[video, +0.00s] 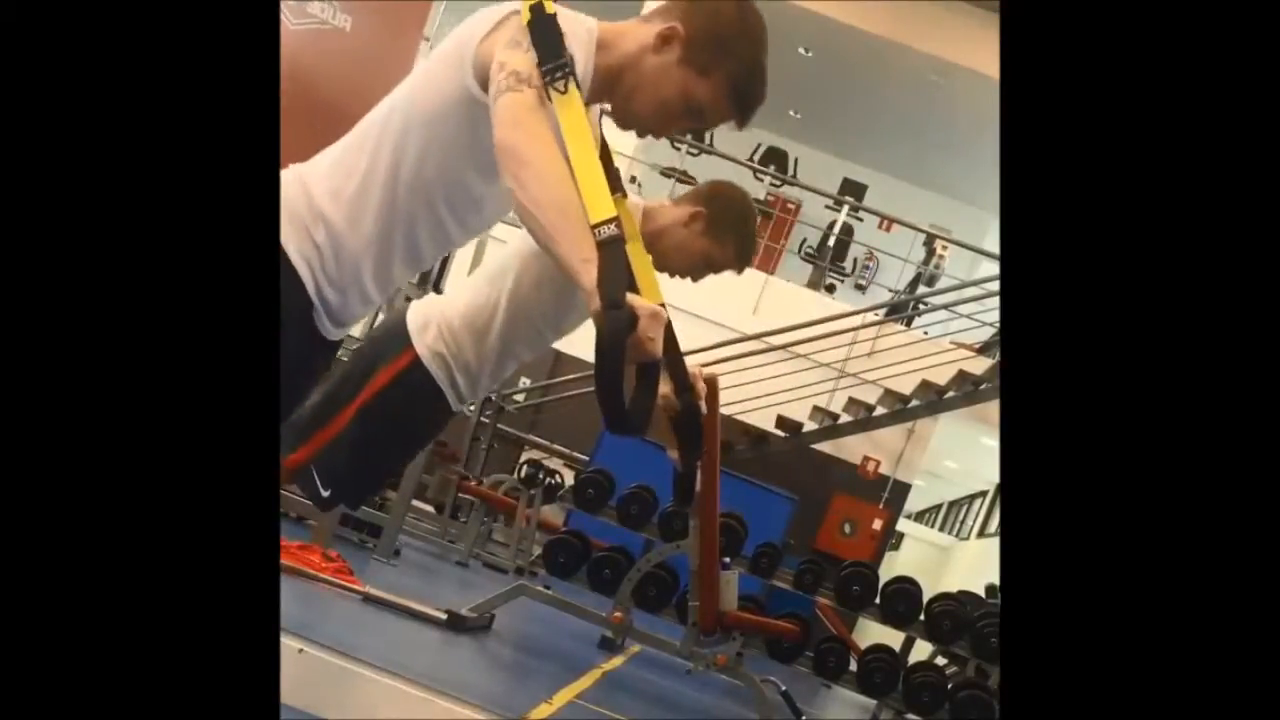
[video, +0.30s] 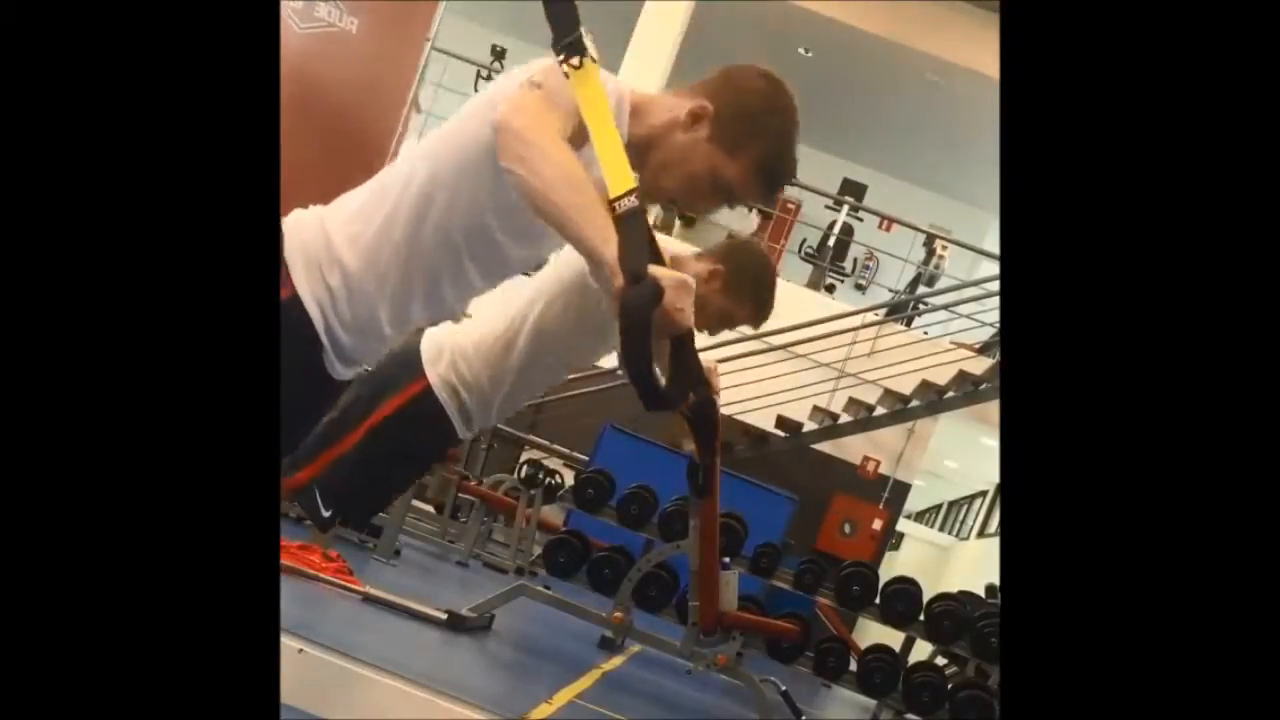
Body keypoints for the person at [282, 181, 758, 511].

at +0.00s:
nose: (696, 277)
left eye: (709, 272)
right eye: (708, 264)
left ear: (689, 219)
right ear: (692, 220)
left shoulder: (627, 257)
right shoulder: (609, 217)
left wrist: (676, 391)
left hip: (443, 382)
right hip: (419, 356)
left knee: (320, 502)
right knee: (295, 488)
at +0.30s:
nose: (699, 329)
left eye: (716, 328)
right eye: (711, 315)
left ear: (702, 274)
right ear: (704, 269)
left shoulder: (649, 302)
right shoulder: (633, 252)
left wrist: (696, 394)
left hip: (453, 403)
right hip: (433, 381)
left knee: (323, 518)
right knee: (301, 507)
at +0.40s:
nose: (708, 350)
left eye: (722, 348)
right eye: (719, 339)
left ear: (718, 295)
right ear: (715, 298)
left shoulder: (661, 320)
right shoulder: (645, 282)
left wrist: (697, 390)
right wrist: (692, 387)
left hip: (460, 416)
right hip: (442, 397)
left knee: (332, 518)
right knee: (309, 508)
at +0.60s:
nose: (726, 389)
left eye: (738, 390)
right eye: (737, 378)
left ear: (739, 362)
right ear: (736, 337)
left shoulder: (675, 374)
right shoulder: (667, 316)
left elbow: (671, 427)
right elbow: (626, 307)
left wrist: (701, 427)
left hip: (480, 445)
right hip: (462, 418)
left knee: (341, 527)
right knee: (323, 520)